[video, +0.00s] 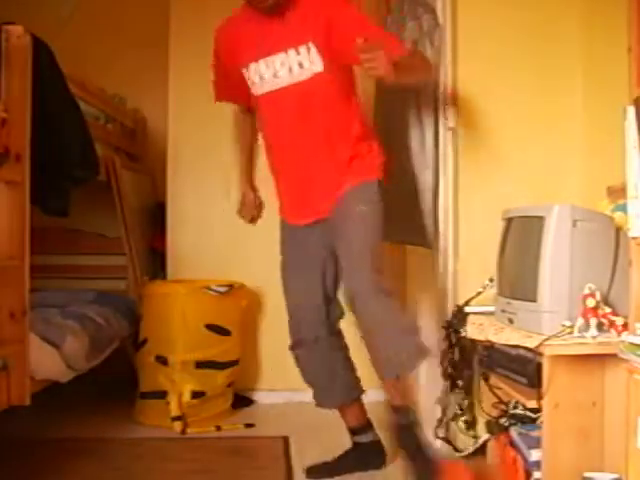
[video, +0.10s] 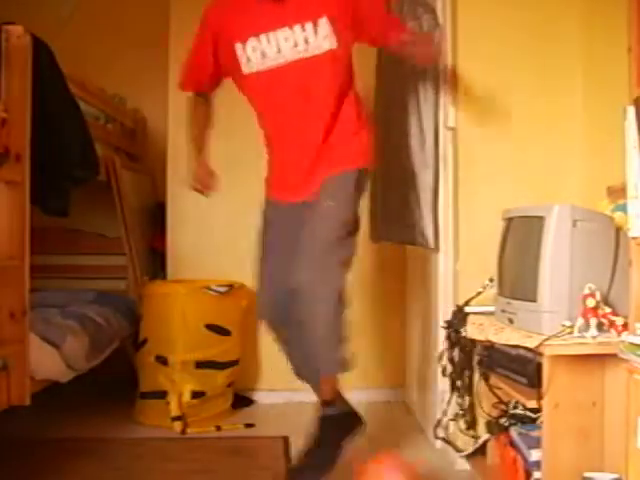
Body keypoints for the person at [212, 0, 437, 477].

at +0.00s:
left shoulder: (327, 13)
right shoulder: (233, 35)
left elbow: (423, 70)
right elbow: (245, 109)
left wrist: (392, 69)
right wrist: (246, 183)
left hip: (352, 177)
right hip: (297, 196)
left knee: (366, 291)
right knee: (309, 323)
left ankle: (406, 427)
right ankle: (364, 443)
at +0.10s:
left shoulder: (337, 4)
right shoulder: (222, 15)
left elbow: (400, 39)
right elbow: (199, 88)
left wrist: (432, 53)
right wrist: (200, 155)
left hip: (340, 151)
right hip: (286, 165)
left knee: (316, 284)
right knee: (275, 301)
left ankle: (332, 415)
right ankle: (336, 408)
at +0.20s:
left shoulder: (337, 4)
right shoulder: (218, 14)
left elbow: (402, 34)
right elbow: (161, 80)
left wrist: (457, 32)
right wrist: (133, 136)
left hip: (332, 166)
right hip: (275, 170)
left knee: (286, 304)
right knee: (217, 291)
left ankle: (304, 429)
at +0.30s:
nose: (258, 3)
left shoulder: (330, 7)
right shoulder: (215, 19)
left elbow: (410, 38)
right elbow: (140, 67)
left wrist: (473, 15)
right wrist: (90, 117)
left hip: (320, 186)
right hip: (263, 190)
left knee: (274, 320)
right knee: (202, 306)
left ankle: (306, 438)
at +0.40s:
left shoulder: (322, 2)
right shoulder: (197, 7)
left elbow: (406, 7)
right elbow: (124, 44)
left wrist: (453, 5)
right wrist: (74, 97)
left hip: (310, 170)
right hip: (252, 168)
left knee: (273, 307)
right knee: (199, 290)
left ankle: (297, 427)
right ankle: (135, 428)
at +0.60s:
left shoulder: (321, 2)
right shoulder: (189, 7)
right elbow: (106, 39)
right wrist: (35, 89)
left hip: (306, 190)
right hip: (237, 188)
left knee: (270, 334)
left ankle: (173, 392)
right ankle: (252, 472)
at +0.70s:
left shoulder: (317, 1)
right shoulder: (181, 7)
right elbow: (118, 54)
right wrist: (60, 114)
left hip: (292, 190)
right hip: (226, 188)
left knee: (288, 340)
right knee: (254, 342)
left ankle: (179, 412)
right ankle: (258, 475)